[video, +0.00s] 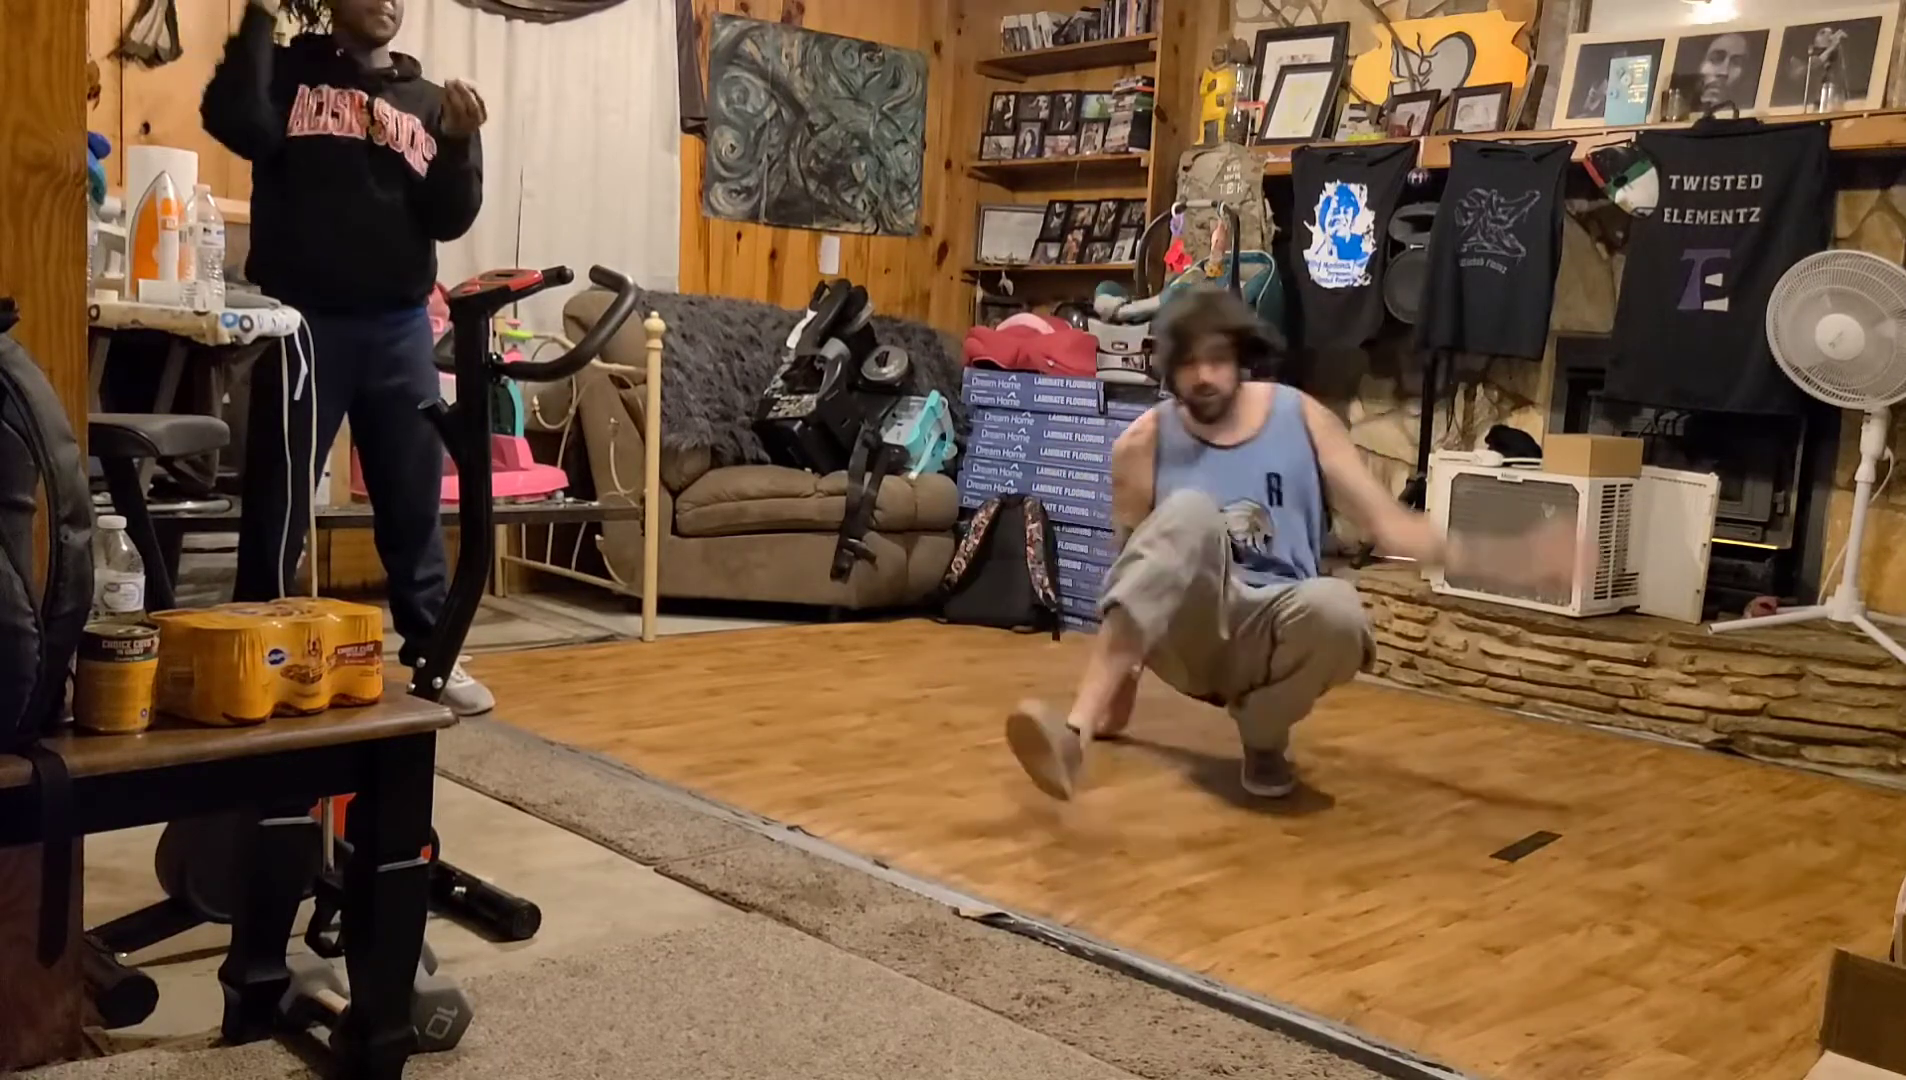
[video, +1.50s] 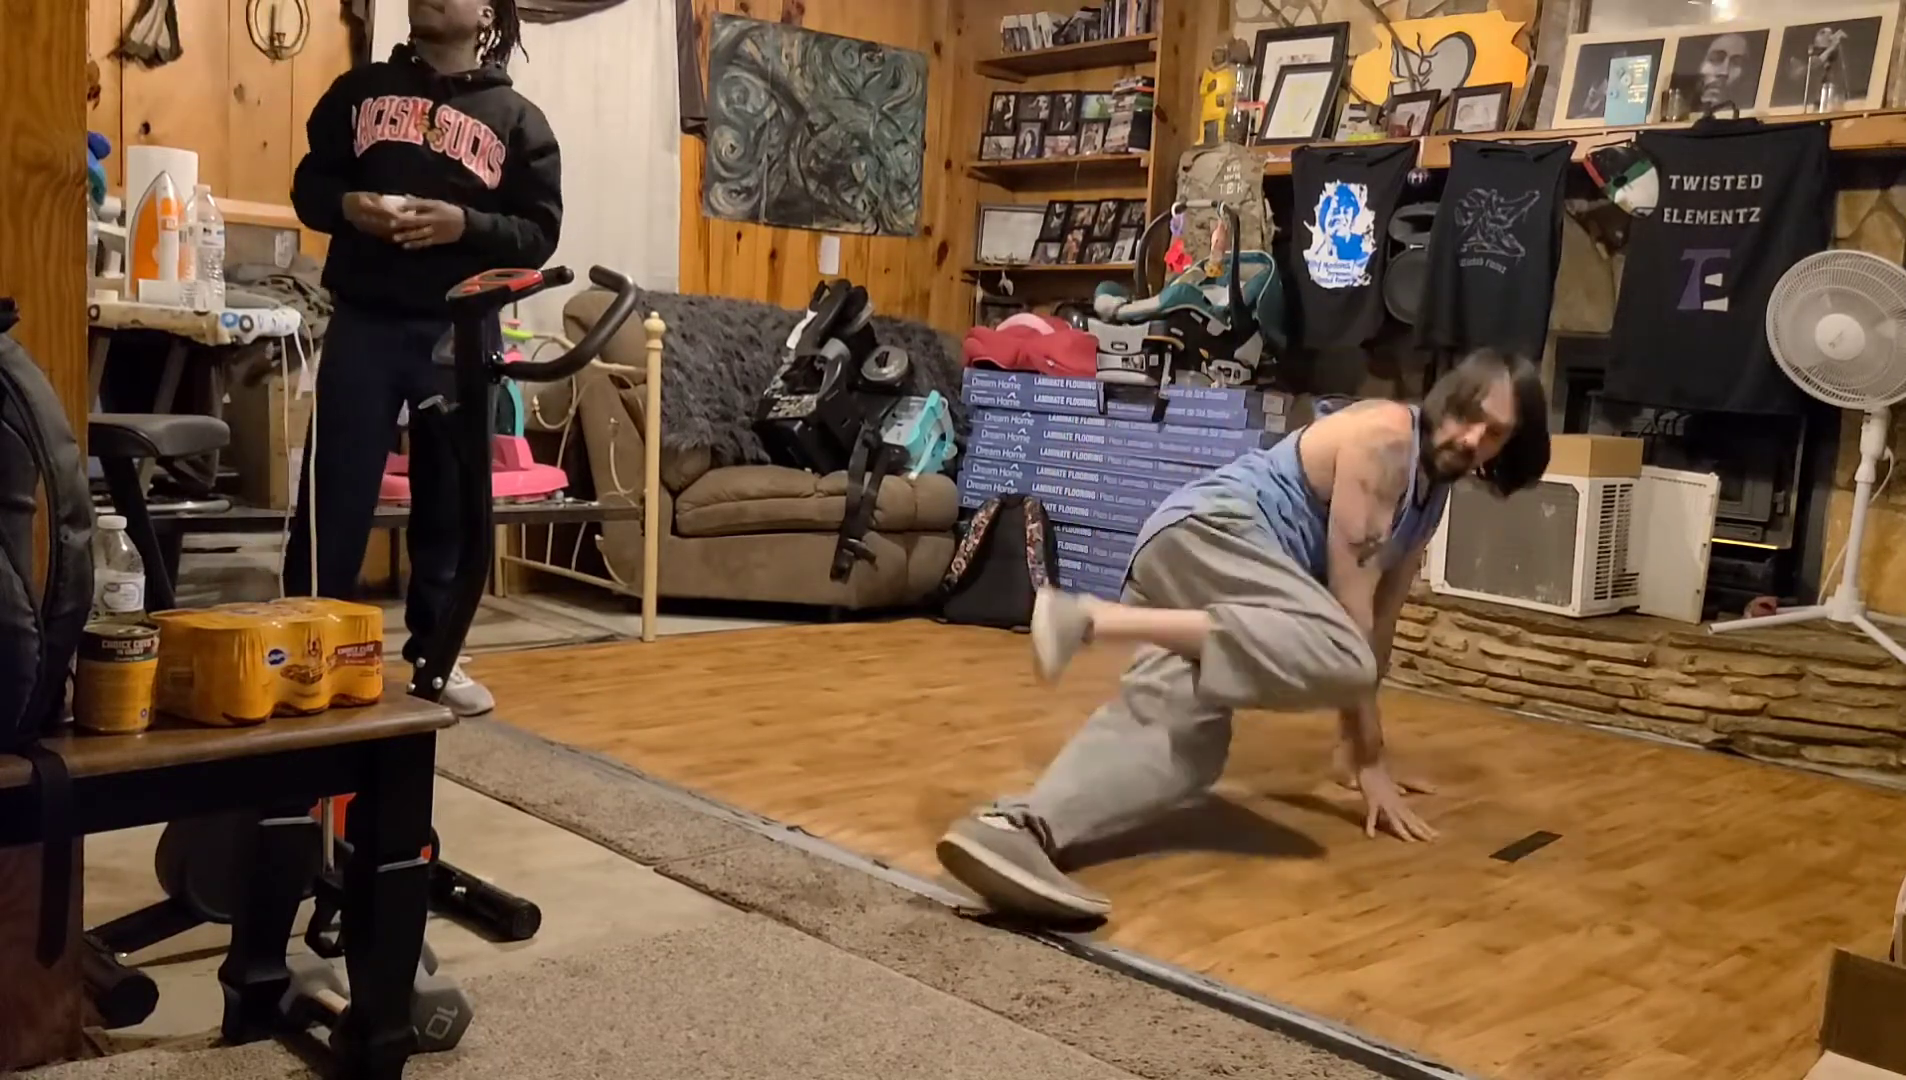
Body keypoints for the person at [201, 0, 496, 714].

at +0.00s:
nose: (386, 3)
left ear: (401, 11)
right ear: (331, 2)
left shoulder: (429, 99)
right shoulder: (287, 63)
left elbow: (448, 220)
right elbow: (234, 121)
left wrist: (463, 141)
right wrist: (257, 22)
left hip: (398, 325)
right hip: (298, 322)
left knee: (413, 499)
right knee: (278, 499)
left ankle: (432, 658)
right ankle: (252, 660)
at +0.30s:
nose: (429, 10)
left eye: (431, 3)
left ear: (425, 16)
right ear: (358, 2)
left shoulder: (441, 107)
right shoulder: (293, 76)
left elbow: (453, 225)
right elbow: (267, 178)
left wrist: (482, 156)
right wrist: (344, 133)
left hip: (405, 327)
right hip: (309, 327)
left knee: (417, 498)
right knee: (285, 501)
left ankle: (432, 654)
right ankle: (255, 660)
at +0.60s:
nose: (459, 8)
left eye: (462, 1)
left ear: (462, 14)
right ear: (394, 3)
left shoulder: (467, 105)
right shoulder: (327, 80)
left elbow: (495, 230)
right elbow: (282, 179)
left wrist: (507, 164)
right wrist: (375, 152)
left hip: (433, 330)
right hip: (337, 326)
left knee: (436, 501)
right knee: (306, 495)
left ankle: (432, 658)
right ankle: (265, 656)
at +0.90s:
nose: (480, 3)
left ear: (511, 25)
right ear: (431, 7)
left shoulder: (529, 131)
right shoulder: (364, 84)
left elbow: (546, 240)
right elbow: (306, 174)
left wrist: (501, 228)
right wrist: (373, 203)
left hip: (460, 334)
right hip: (364, 324)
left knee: (447, 500)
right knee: (333, 487)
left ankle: (434, 657)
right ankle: (285, 648)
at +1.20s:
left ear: (511, 18)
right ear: (430, 7)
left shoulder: (535, 125)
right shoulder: (373, 87)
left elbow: (557, 237)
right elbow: (316, 188)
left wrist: (490, 212)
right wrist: (377, 201)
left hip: (472, 330)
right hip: (378, 321)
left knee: (455, 497)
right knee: (355, 485)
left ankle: (435, 659)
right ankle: (305, 648)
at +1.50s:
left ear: (488, 15)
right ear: (413, 8)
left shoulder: (519, 121)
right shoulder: (360, 89)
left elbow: (540, 235)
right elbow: (309, 190)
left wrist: (465, 224)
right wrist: (351, 206)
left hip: (460, 332)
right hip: (364, 324)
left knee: (451, 501)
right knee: (336, 494)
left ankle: (435, 660)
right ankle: (310, 656)